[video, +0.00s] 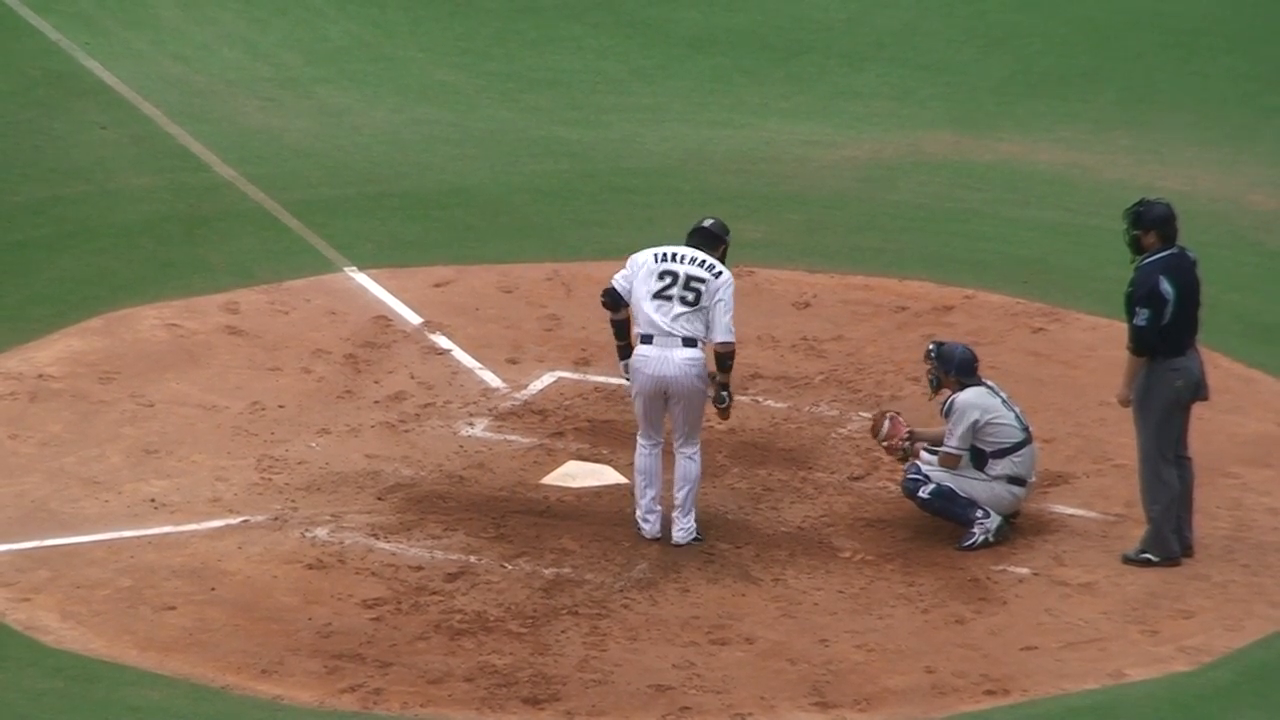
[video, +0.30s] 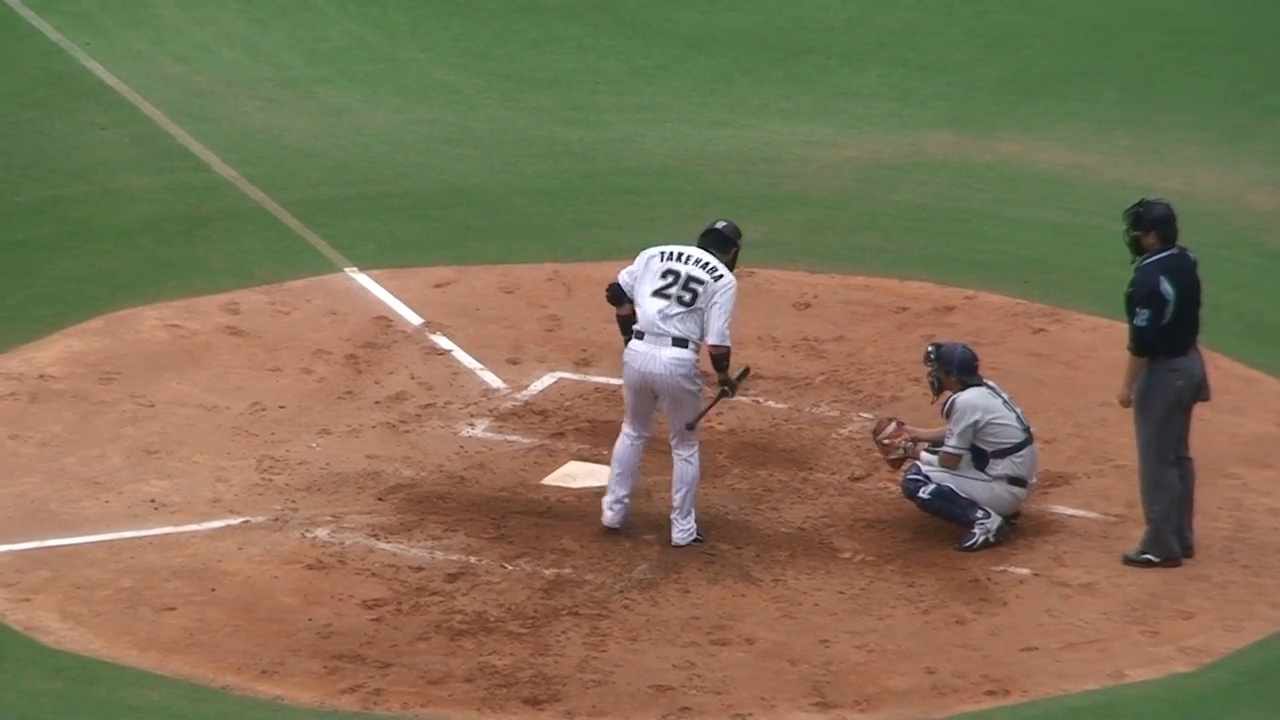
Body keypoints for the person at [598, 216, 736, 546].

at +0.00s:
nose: (725, 254)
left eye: (725, 249)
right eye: (725, 249)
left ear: (689, 239)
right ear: (718, 248)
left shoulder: (646, 257)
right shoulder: (720, 276)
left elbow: (613, 298)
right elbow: (723, 345)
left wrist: (625, 353)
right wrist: (723, 387)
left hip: (646, 357)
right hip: (688, 362)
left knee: (648, 439)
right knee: (687, 444)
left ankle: (649, 521)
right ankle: (683, 527)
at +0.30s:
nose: (735, 259)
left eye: (735, 253)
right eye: (735, 253)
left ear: (702, 240)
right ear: (728, 251)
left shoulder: (655, 254)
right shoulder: (723, 279)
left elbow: (617, 292)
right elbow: (718, 347)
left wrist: (632, 334)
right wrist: (725, 378)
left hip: (637, 352)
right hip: (679, 361)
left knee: (632, 431)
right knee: (684, 444)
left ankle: (612, 512)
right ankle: (683, 528)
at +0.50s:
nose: (726, 261)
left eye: (727, 255)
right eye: (727, 254)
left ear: (694, 240)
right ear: (719, 250)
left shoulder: (651, 254)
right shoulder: (711, 276)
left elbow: (612, 298)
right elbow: (703, 334)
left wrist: (629, 317)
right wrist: (728, 354)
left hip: (626, 351)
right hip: (666, 359)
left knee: (605, 431)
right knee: (678, 445)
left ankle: (573, 503)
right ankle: (682, 529)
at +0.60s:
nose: (719, 261)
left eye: (720, 254)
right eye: (719, 254)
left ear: (687, 241)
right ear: (711, 250)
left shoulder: (643, 256)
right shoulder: (701, 276)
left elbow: (609, 306)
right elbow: (695, 332)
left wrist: (650, 319)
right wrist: (725, 337)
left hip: (617, 351)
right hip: (656, 360)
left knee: (596, 436)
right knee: (674, 446)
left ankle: (568, 510)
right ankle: (682, 529)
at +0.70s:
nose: (709, 262)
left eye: (710, 254)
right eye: (710, 254)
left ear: (677, 241)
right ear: (699, 250)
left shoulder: (633, 258)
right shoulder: (688, 274)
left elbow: (603, 312)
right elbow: (685, 328)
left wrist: (648, 325)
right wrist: (717, 325)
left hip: (607, 351)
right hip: (646, 359)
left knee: (591, 437)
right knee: (667, 445)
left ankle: (565, 512)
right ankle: (679, 528)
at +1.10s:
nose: (685, 254)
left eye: (686, 249)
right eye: (685, 249)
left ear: (652, 240)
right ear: (679, 246)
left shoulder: (608, 260)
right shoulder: (677, 269)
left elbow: (575, 308)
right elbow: (676, 322)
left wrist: (593, 323)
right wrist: (702, 322)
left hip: (605, 353)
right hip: (647, 356)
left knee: (587, 439)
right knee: (665, 445)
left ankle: (564, 514)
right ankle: (681, 528)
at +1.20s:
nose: (690, 257)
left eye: (691, 252)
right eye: (690, 251)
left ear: (656, 242)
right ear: (681, 249)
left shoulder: (612, 259)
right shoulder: (678, 271)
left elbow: (575, 304)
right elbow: (673, 323)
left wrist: (600, 342)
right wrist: (698, 329)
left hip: (603, 352)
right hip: (645, 355)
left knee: (587, 439)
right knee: (665, 446)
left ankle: (563, 514)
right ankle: (681, 528)